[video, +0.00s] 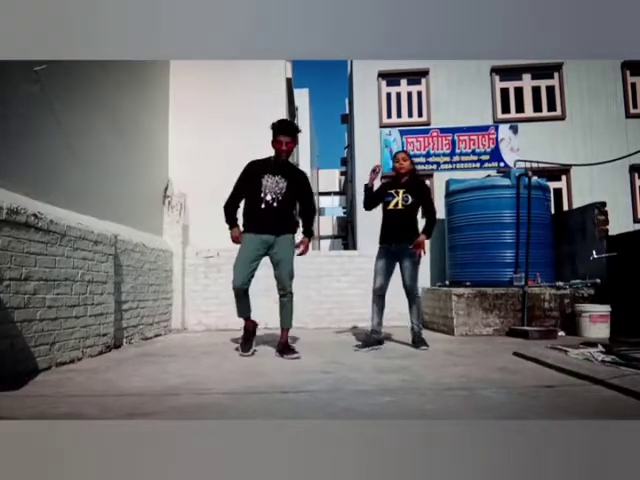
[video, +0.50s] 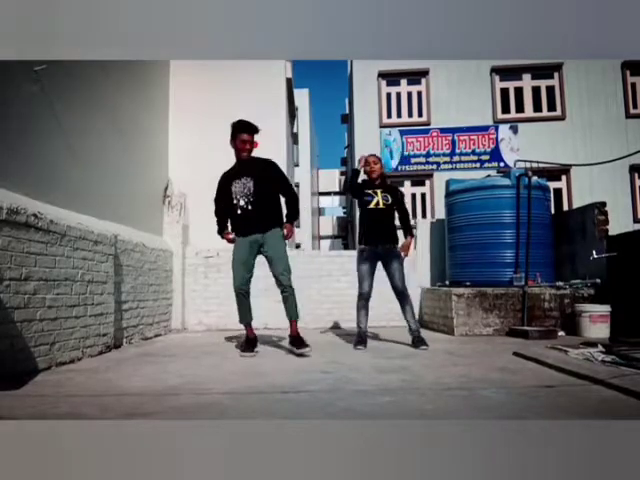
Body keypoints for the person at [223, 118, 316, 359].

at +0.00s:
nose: (285, 148)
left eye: (289, 143)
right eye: (280, 143)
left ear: (295, 145)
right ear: (273, 142)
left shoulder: (298, 176)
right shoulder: (254, 169)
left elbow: (308, 208)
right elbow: (232, 202)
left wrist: (307, 235)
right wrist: (233, 226)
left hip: (284, 237)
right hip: (254, 235)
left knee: (285, 287)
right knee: (239, 284)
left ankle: (284, 340)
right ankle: (248, 325)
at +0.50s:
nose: (246, 146)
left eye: (250, 142)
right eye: (242, 142)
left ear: (254, 144)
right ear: (233, 143)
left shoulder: (268, 167)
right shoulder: (227, 177)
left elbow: (291, 194)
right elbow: (221, 206)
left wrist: (290, 222)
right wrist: (223, 229)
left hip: (271, 232)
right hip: (244, 236)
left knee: (284, 281)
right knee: (240, 286)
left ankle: (295, 333)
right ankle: (249, 334)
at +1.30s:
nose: (287, 141)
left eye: (291, 138)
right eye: (283, 136)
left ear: (295, 142)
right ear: (274, 137)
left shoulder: (294, 175)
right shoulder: (253, 164)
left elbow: (297, 207)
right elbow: (228, 199)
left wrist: (299, 227)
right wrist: (237, 228)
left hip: (285, 236)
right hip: (256, 236)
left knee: (291, 287)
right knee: (252, 289)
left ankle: (294, 342)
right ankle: (251, 333)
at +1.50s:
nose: (285, 141)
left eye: (290, 137)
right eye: (281, 136)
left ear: (297, 139)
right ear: (275, 136)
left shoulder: (304, 171)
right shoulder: (257, 164)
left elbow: (322, 203)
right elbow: (231, 191)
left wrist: (318, 207)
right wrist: (243, 203)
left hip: (290, 234)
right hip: (260, 234)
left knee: (294, 288)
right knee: (248, 288)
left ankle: (295, 344)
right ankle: (250, 342)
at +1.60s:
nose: (282, 139)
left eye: (287, 134)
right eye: (277, 134)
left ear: (295, 134)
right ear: (271, 134)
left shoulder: (302, 162)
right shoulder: (258, 160)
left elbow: (327, 190)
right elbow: (227, 184)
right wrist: (242, 175)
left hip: (291, 232)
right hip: (260, 232)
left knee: (294, 288)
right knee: (250, 287)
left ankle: (295, 343)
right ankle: (245, 344)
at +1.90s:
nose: (265, 139)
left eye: (269, 134)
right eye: (260, 134)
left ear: (276, 133)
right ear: (252, 134)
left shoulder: (287, 156)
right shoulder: (245, 161)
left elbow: (311, 166)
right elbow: (220, 178)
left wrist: (288, 139)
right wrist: (236, 148)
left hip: (286, 229)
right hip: (254, 230)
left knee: (292, 286)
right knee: (244, 285)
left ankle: (295, 343)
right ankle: (242, 344)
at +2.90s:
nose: (269, 147)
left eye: (272, 141)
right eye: (265, 144)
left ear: (280, 140)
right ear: (260, 146)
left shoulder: (297, 164)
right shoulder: (258, 166)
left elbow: (325, 186)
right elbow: (244, 161)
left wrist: (316, 165)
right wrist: (252, 134)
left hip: (294, 236)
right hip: (265, 236)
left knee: (297, 290)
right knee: (252, 287)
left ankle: (292, 341)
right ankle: (246, 344)